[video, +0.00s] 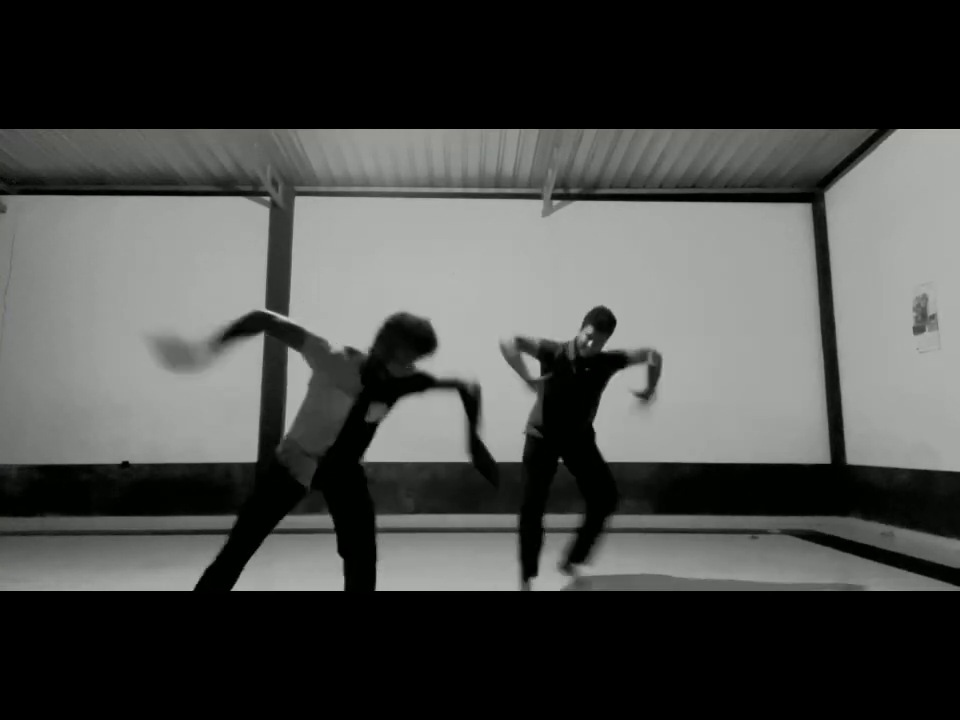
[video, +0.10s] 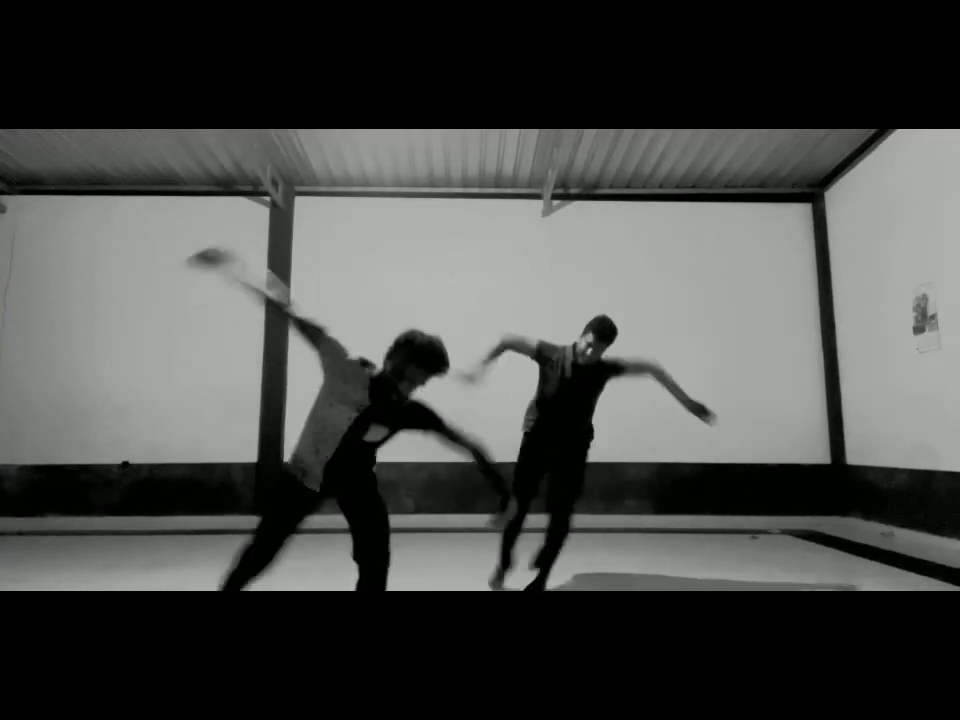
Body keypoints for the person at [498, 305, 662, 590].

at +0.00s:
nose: (591, 345)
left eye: (599, 341)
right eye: (589, 337)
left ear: (605, 341)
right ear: (581, 329)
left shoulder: (608, 362)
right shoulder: (553, 351)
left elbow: (653, 356)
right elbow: (508, 342)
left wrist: (650, 389)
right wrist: (527, 378)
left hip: (579, 441)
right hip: (543, 438)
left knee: (604, 497)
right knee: (533, 504)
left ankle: (572, 562)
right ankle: (528, 576)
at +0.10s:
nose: (591, 352)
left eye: (597, 349)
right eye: (589, 344)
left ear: (605, 350)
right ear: (581, 336)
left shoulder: (606, 369)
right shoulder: (550, 355)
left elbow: (652, 369)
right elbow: (506, 342)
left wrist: (688, 403)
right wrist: (480, 368)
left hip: (572, 450)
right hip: (537, 443)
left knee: (561, 518)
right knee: (519, 508)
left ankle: (540, 579)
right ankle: (502, 566)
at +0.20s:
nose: (589, 362)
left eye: (597, 359)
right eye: (588, 353)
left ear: (603, 363)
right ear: (580, 347)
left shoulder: (601, 392)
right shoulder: (546, 360)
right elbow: (504, 345)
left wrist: (695, 440)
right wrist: (464, 332)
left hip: (564, 461)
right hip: (529, 450)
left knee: (549, 518)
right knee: (508, 506)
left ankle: (533, 577)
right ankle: (518, 528)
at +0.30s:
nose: (587, 365)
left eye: (596, 364)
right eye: (587, 356)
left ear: (602, 369)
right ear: (580, 350)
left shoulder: (594, 404)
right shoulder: (553, 356)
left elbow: (621, 445)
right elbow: (522, 319)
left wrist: (644, 476)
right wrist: (496, 284)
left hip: (563, 466)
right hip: (530, 455)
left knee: (550, 520)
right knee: (510, 515)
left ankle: (532, 577)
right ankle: (563, 518)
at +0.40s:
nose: (587, 350)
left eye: (595, 351)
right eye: (589, 344)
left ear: (600, 358)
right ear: (584, 341)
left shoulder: (581, 389)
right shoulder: (566, 351)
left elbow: (563, 441)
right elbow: (564, 300)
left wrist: (533, 430)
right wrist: (553, 256)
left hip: (562, 459)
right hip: (540, 451)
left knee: (541, 518)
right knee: (523, 513)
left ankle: (532, 581)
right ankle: (591, 548)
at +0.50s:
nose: (578, 330)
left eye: (584, 332)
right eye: (583, 328)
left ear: (589, 344)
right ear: (593, 342)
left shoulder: (566, 367)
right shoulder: (589, 351)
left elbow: (536, 366)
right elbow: (610, 303)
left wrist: (508, 349)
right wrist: (592, 264)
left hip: (559, 444)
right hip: (567, 441)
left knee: (527, 502)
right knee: (547, 505)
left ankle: (531, 582)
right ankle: (594, 569)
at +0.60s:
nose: (574, 316)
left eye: (579, 313)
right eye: (581, 312)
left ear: (577, 323)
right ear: (602, 326)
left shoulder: (552, 348)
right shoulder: (603, 348)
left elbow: (529, 309)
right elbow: (639, 310)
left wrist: (546, 279)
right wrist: (618, 276)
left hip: (550, 439)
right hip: (585, 439)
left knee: (522, 497)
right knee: (577, 506)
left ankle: (532, 574)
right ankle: (595, 577)